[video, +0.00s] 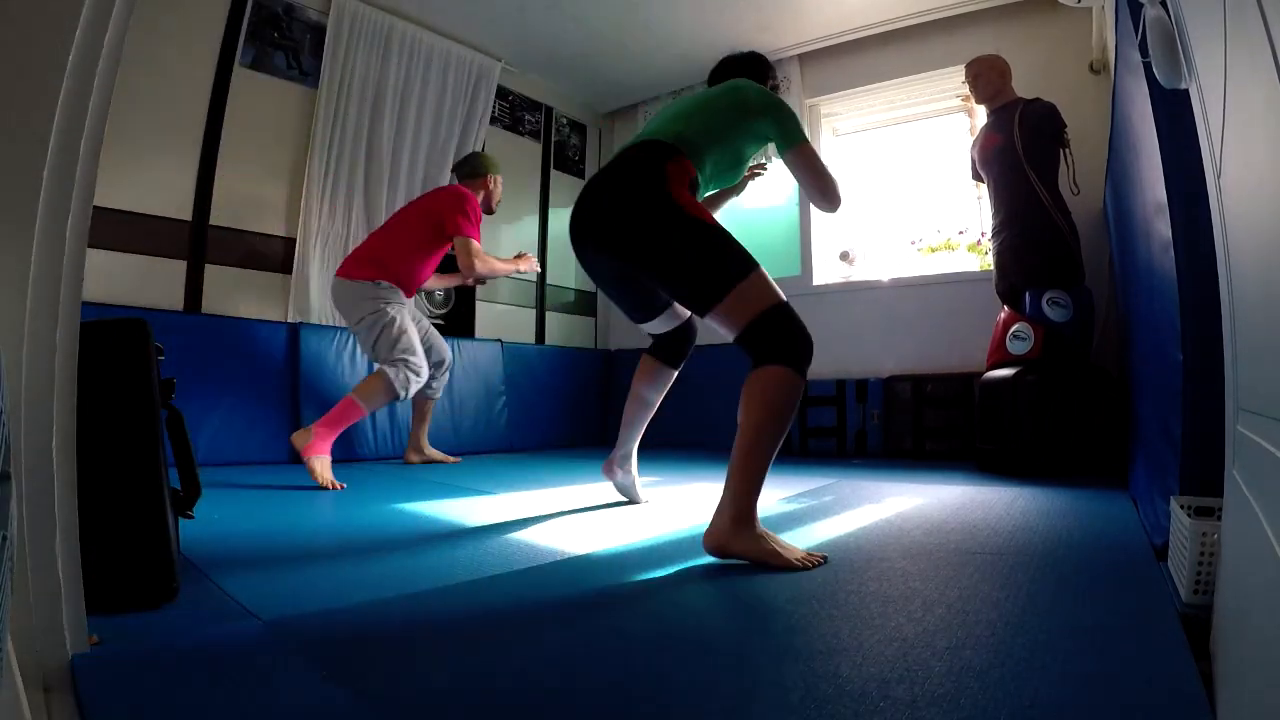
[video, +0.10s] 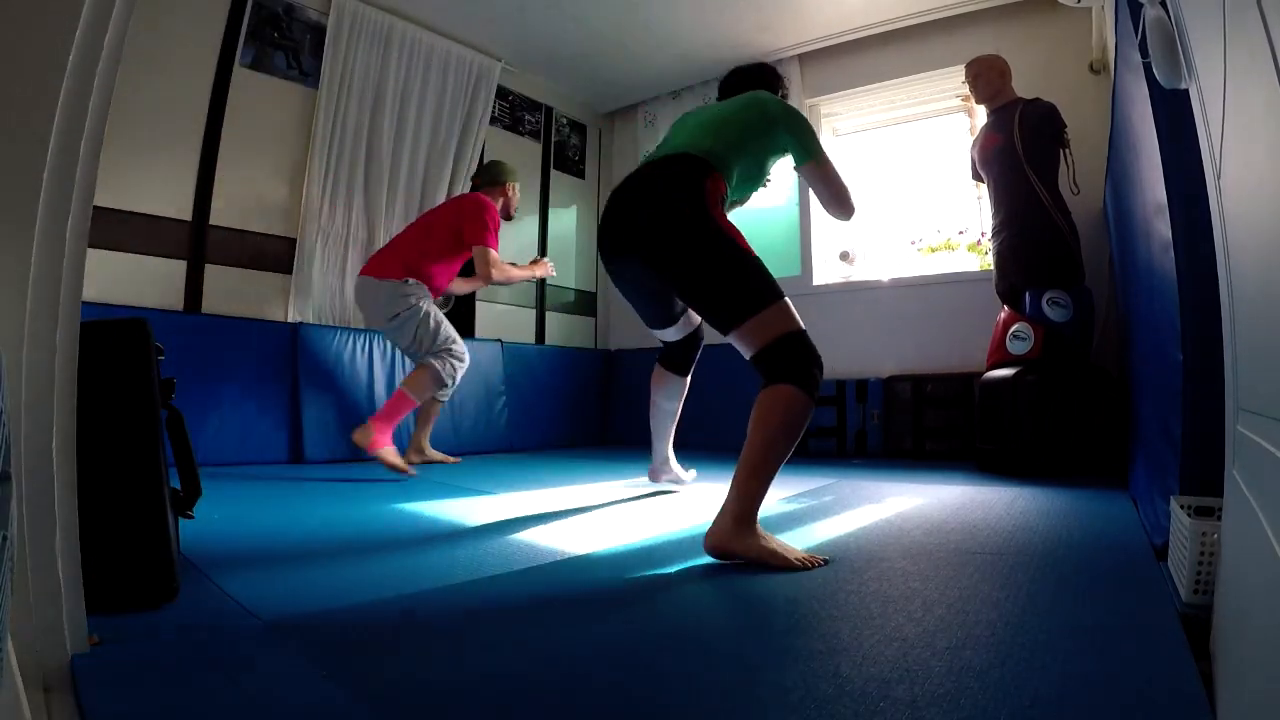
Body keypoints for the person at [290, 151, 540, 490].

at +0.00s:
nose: (501, 193)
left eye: (501, 185)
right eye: (500, 184)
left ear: (464, 180)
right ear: (489, 182)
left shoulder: (444, 204)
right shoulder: (462, 200)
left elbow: (423, 280)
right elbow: (473, 263)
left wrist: (467, 277)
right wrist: (516, 265)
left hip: (391, 292)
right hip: (369, 286)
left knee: (436, 358)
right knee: (407, 368)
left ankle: (418, 445)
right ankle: (317, 436)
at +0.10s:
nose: (518, 199)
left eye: (517, 192)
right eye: (517, 191)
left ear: (482, 186)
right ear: (508, 189)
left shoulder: (463, 208)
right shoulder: (483, 207)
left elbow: (445, 285)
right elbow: (491, 271)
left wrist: (495, 276)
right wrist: (533, 271)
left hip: (386, 286)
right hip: (394, 286)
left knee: (447, 359)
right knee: (452, 356)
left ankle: (419, 445)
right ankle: (377, 429)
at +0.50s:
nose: (576, 220)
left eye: (575, 214)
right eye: (577, 214)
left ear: (545, 210)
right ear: (570, 211)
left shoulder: (525, 228)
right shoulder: (555, 229)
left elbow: (489, 274)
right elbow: (566, 289)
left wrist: (524, 295)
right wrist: (594, 288)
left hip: (449, 295)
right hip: (480, 298)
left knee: (502, 367)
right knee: (533, 367)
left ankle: (495, 441)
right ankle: (468, 421)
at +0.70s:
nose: (602, 221)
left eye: (602, 216)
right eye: (602, 215)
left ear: (571, 212)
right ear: (596, 214)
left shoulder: (551, 228)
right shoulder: (584, 230)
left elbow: (525, 275)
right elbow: (596, 288)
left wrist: (559, 291)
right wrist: (618, 288)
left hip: (487, 298)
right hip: (515, 302)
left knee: (536, 362)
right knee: (561, 374)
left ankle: (527, 424)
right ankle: (511, 445)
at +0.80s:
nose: (611, 226)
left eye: (612, 222)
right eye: (611, 221)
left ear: (580, 216)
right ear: (605, 218)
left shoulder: (561, 235)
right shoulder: (595, 235)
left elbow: (539, 281)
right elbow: (611, 290)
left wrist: (574, 294)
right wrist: (634, 288)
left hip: (502, 303)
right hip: (531, 306)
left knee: (553, 364)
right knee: (574, 376)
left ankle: (552, 437)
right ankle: (518, 436)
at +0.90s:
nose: (621, 228)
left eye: (622, 223)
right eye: (621, 222)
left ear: (591, 219)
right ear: (615, 221)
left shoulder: (575, 238)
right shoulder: (603, 237)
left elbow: (549, 283)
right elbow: (618, 291)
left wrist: (586, 297)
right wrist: (642, 289)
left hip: (516, 307)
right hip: (544, 306)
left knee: (564, 367)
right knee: (597, 364)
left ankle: (555, 435)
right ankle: (547, 422)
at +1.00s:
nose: (630, 234)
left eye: (631, 229)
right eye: (631, 228)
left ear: (602, 222)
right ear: (625, 223)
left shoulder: (587, 238)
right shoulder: (614, 239)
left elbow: (563, 288)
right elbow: (626, 293)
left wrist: (597, 297)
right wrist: (650, 291)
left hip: (524, 306)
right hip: (553, 306)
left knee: (578, 364)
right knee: (610, 358)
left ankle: (559, 428)